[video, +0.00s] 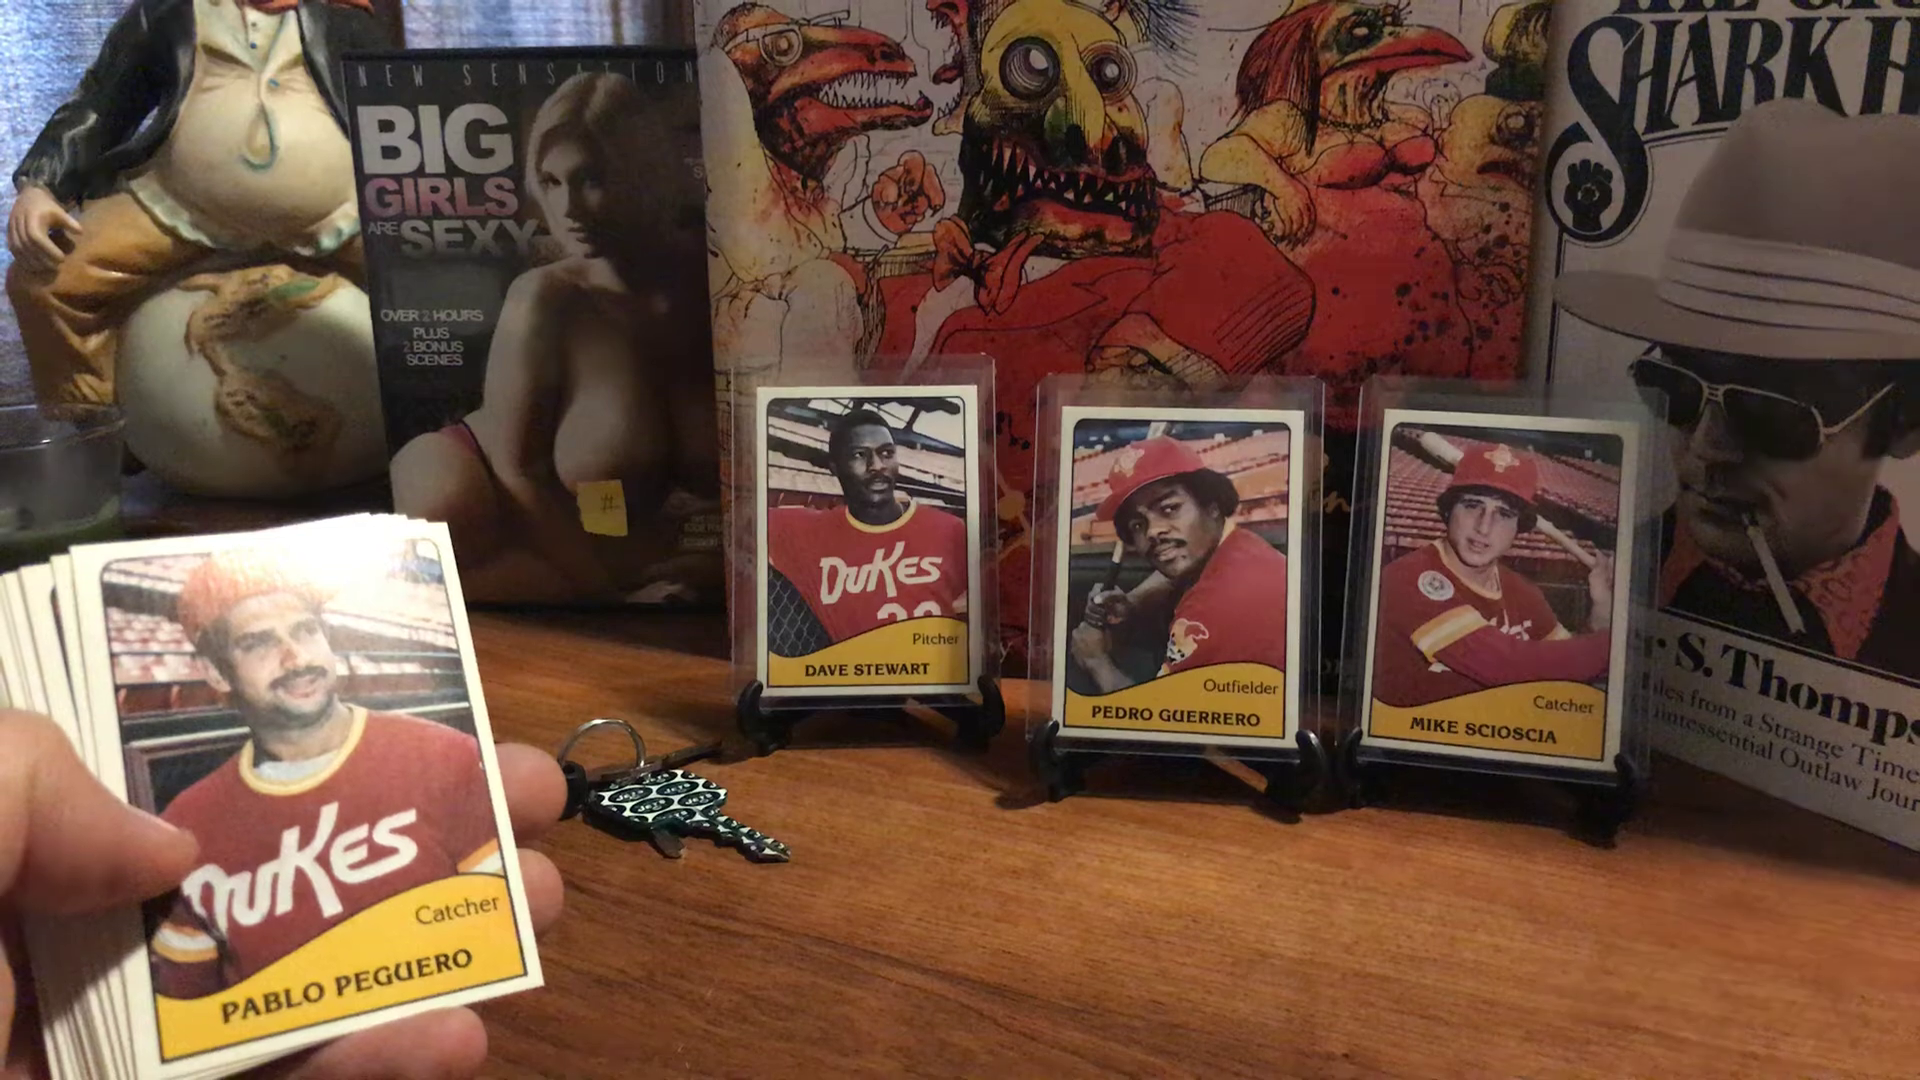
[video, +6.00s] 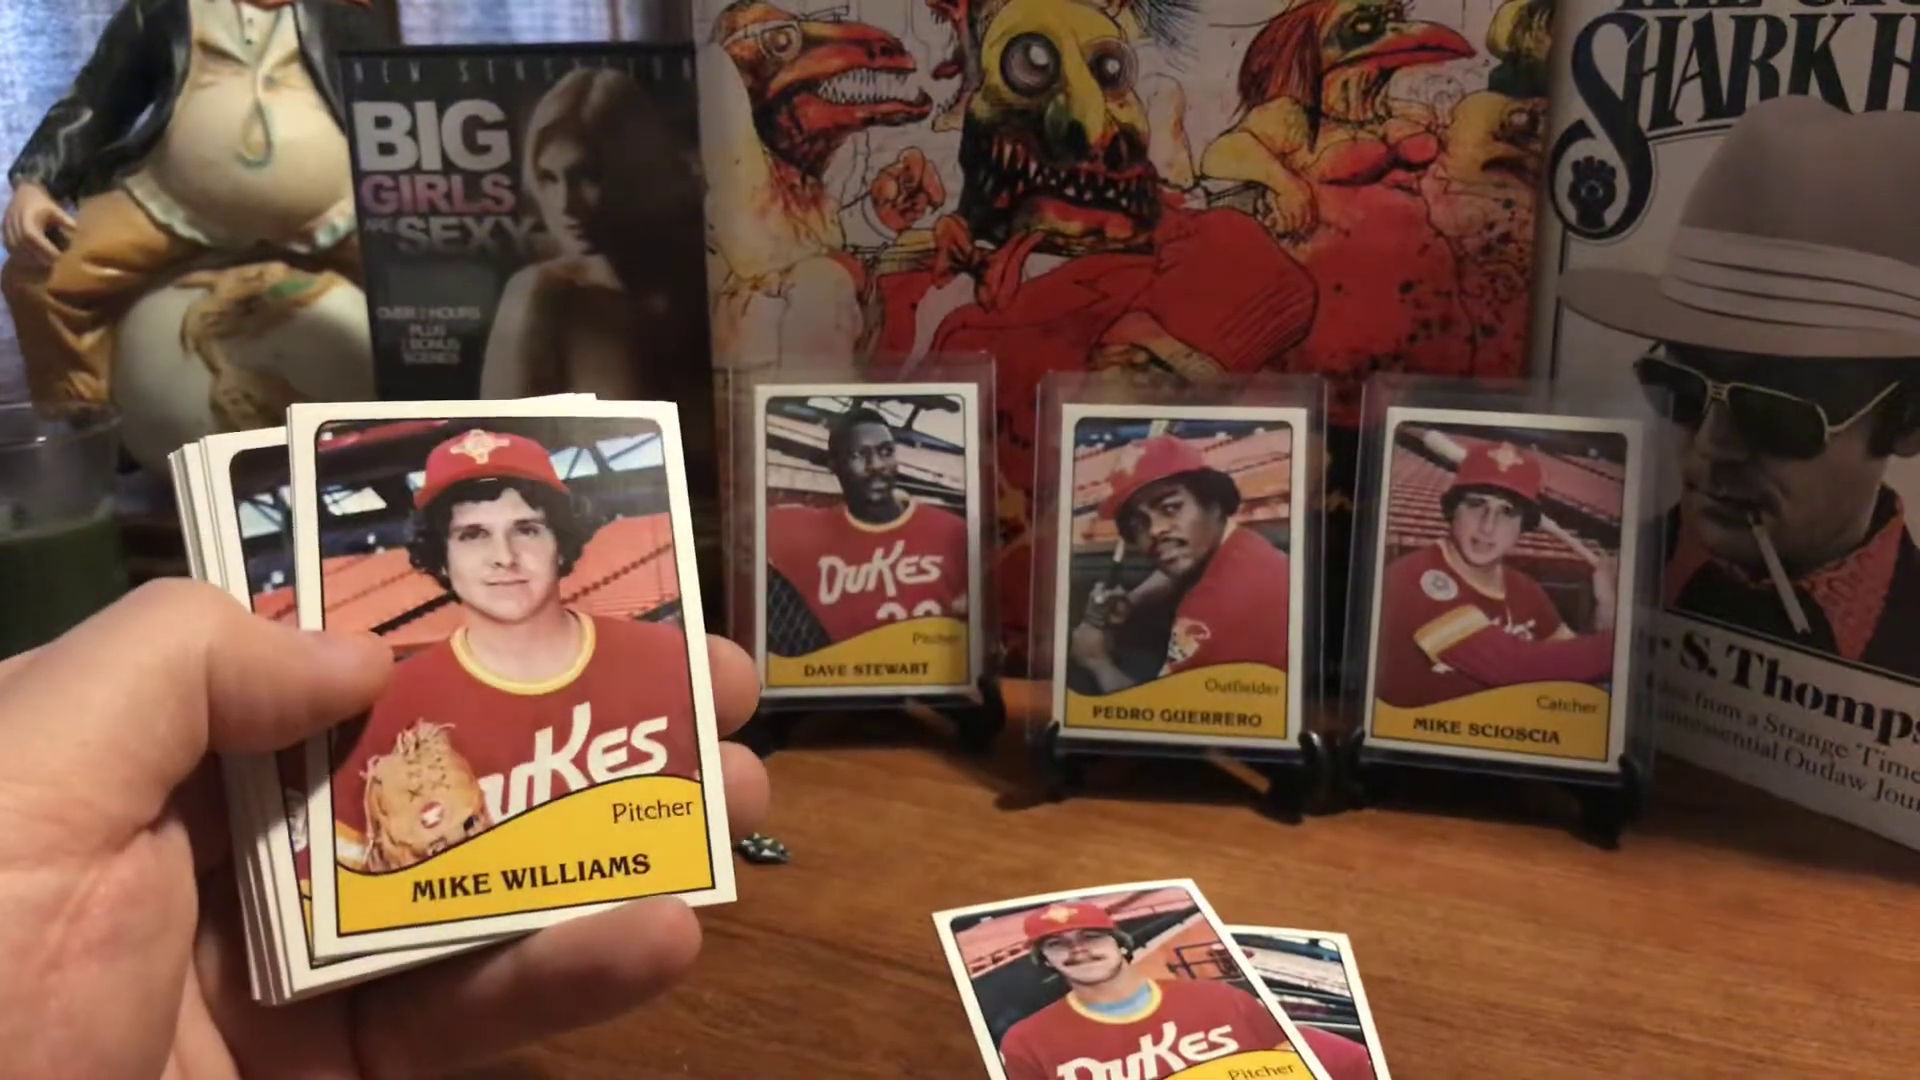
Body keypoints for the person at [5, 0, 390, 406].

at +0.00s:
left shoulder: (351, 19)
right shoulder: (168, 10)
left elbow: (401, 112)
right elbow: (100, 102)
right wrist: (36, 183)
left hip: (340, 211)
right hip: (180, 206)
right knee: (45, 281)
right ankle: (101, 452)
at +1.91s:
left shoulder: (350, 21)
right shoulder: (164, 12)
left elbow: (402, 113)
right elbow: (96, 104)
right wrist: (36, 183)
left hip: (338, 211)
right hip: (177, 207)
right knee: (44, 283)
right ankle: (105, 442)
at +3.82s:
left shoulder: (346, 18)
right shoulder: (162, 9)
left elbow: (398, 108)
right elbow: (96, 101)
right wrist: (32, 181)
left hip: (335, 212)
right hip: (175, 205)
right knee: (41, 282)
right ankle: (100, 445)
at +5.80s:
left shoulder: (346, 17)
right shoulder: (162, 11)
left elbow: (398, 100)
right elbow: (94, 102)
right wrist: (32, 181)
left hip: (336, 210)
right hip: (175, 206)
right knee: (40, 279)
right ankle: (107, 447)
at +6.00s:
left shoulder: (346, 16)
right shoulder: (161, 10)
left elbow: (400, 101)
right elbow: (94, 101)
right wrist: (31, 181)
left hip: (336, 210)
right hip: (174, 206)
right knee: (39, 278)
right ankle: (98, 447)